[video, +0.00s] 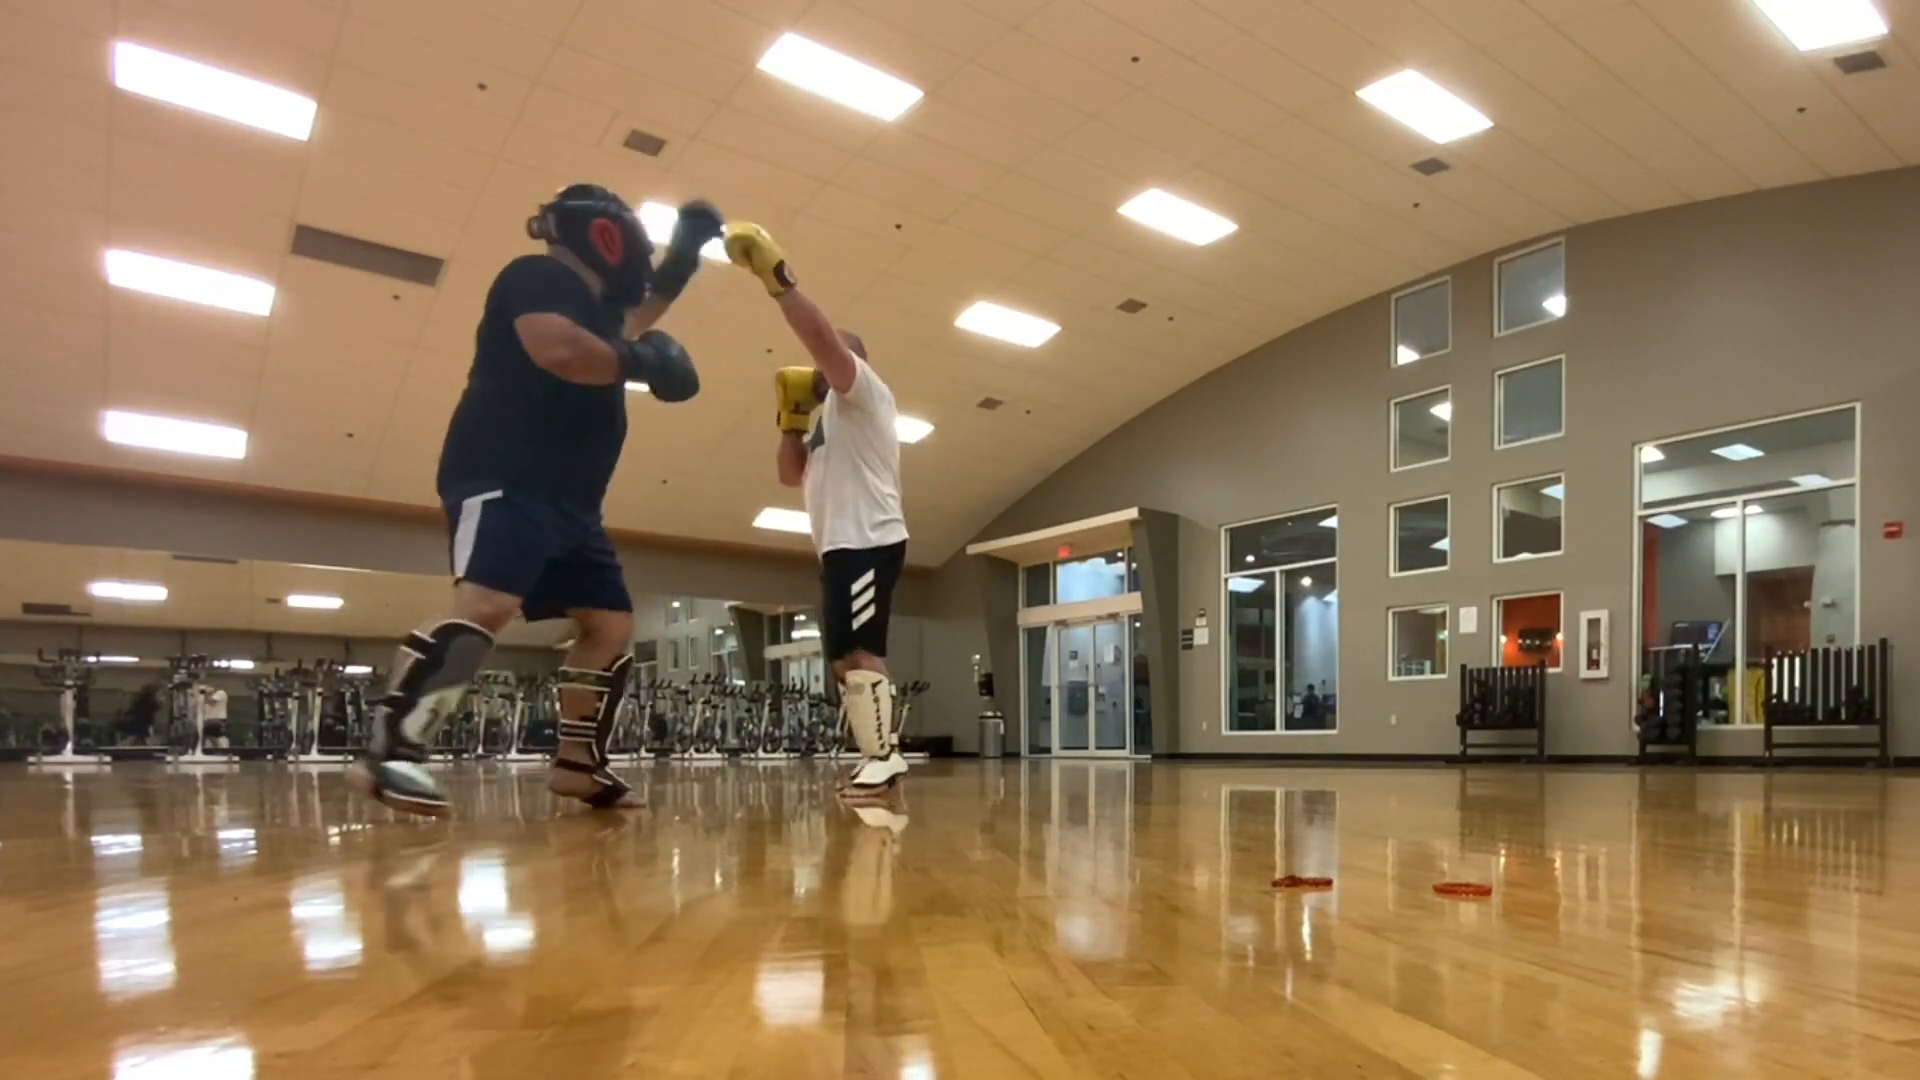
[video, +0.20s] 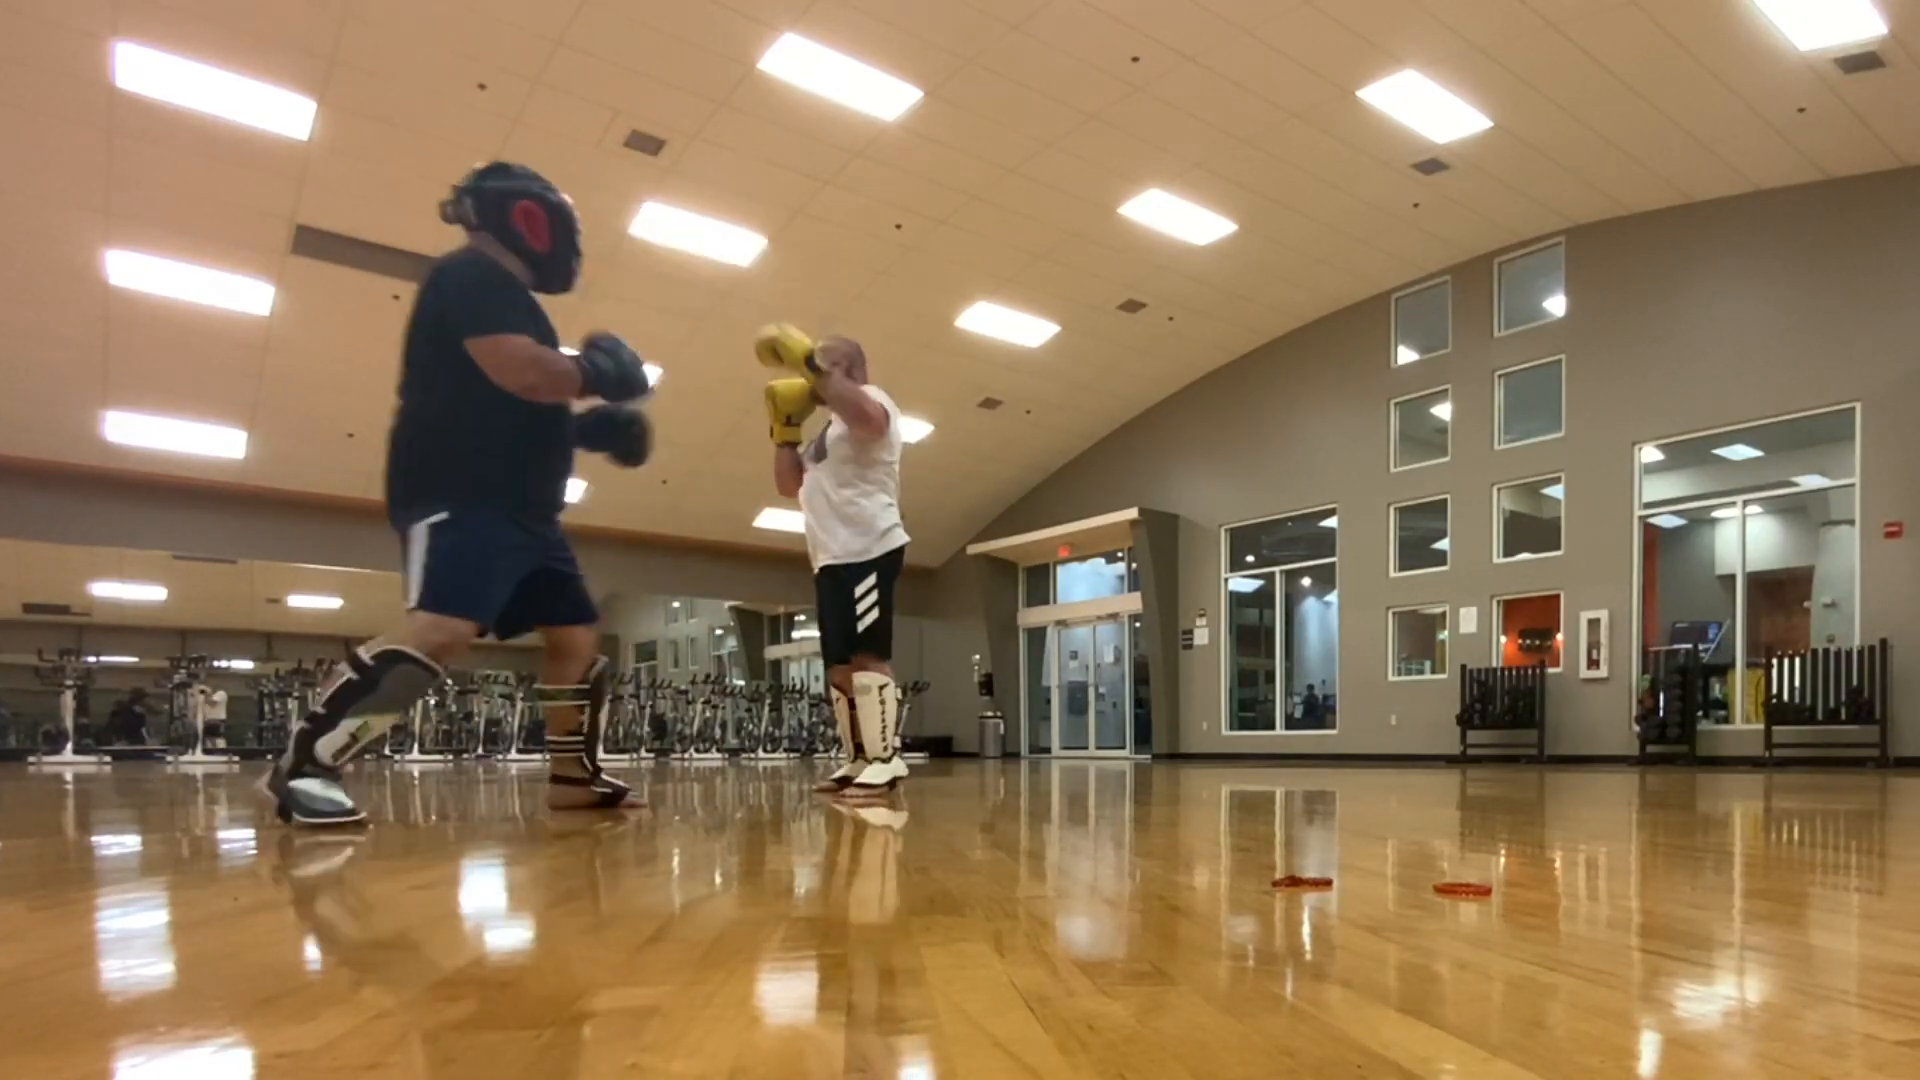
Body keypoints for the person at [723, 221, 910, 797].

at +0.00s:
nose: (826, 360)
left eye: (835, 350)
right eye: (824, 352)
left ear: (855, 356)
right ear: (827, 364)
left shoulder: (865, 395)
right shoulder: (826, 424)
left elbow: (822, 339)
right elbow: (791, 473)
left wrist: (776, 275)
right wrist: (793, 415)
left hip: (869, 537)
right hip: (839, 544)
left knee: (860, 651)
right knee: (845, 654)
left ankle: (882, 757)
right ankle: (876, 755)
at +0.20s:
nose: (822, 377)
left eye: (832, 368)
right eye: (818, 369)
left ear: (858, 370)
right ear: (819, 378)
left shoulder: (873, 402)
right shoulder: (824, 434)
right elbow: (789, 484)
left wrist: (812, 372)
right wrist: (785, 428)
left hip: (868, 548)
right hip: (832, 555)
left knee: (867, 656)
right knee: (838, 664)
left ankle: (884, 761)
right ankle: (855, 760)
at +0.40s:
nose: (822, 377)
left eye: (833, 370)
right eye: (819, 370)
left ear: (859, 377)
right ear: (815, 375)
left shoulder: (877, 413)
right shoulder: (808, 427)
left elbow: (901, 469)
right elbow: (780, 490)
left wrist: (855, 429)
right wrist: (773, 439)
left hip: (870, 545)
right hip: (828, 552)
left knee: (847, 640)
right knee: (840, 655)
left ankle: (874, 750)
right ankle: (854, 756)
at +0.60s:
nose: (824, 384)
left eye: (834, 376)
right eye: (818, 377)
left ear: (855, 381)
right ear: (810, 384)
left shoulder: (874, 420)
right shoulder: (804, 437)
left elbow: (909, 452)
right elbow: (766, 480)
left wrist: (877, 395)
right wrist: (773, 423)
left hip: (867, 548)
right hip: (823, 557)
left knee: (844, 643)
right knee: (840, 656)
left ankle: (856, 758)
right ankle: (861, 760)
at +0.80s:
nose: (812, 380)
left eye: (822, 373)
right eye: (809, 373)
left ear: (851, 380)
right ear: (804, 378)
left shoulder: (875, 419)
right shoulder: (798, 434)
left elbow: (910, 475)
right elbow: (768, 490)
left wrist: (870, 425)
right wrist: (764, 438)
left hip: (863, 547)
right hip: (819, 557)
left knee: (839, 641)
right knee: (835, 654)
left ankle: (856, 757)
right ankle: (861, 758)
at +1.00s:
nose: (810, 378)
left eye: (820, 370)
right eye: (803, 370)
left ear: (840, 374)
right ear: (793, 375)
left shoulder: (857, 418)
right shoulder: (785, 428)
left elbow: (906, 469)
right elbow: (748, 480)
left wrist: (881, 417)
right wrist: (750, 427)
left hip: (856, 549)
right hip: (810, 558)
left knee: (835, 647)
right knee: (840, 659)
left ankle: (841, 757)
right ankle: (863, 758)